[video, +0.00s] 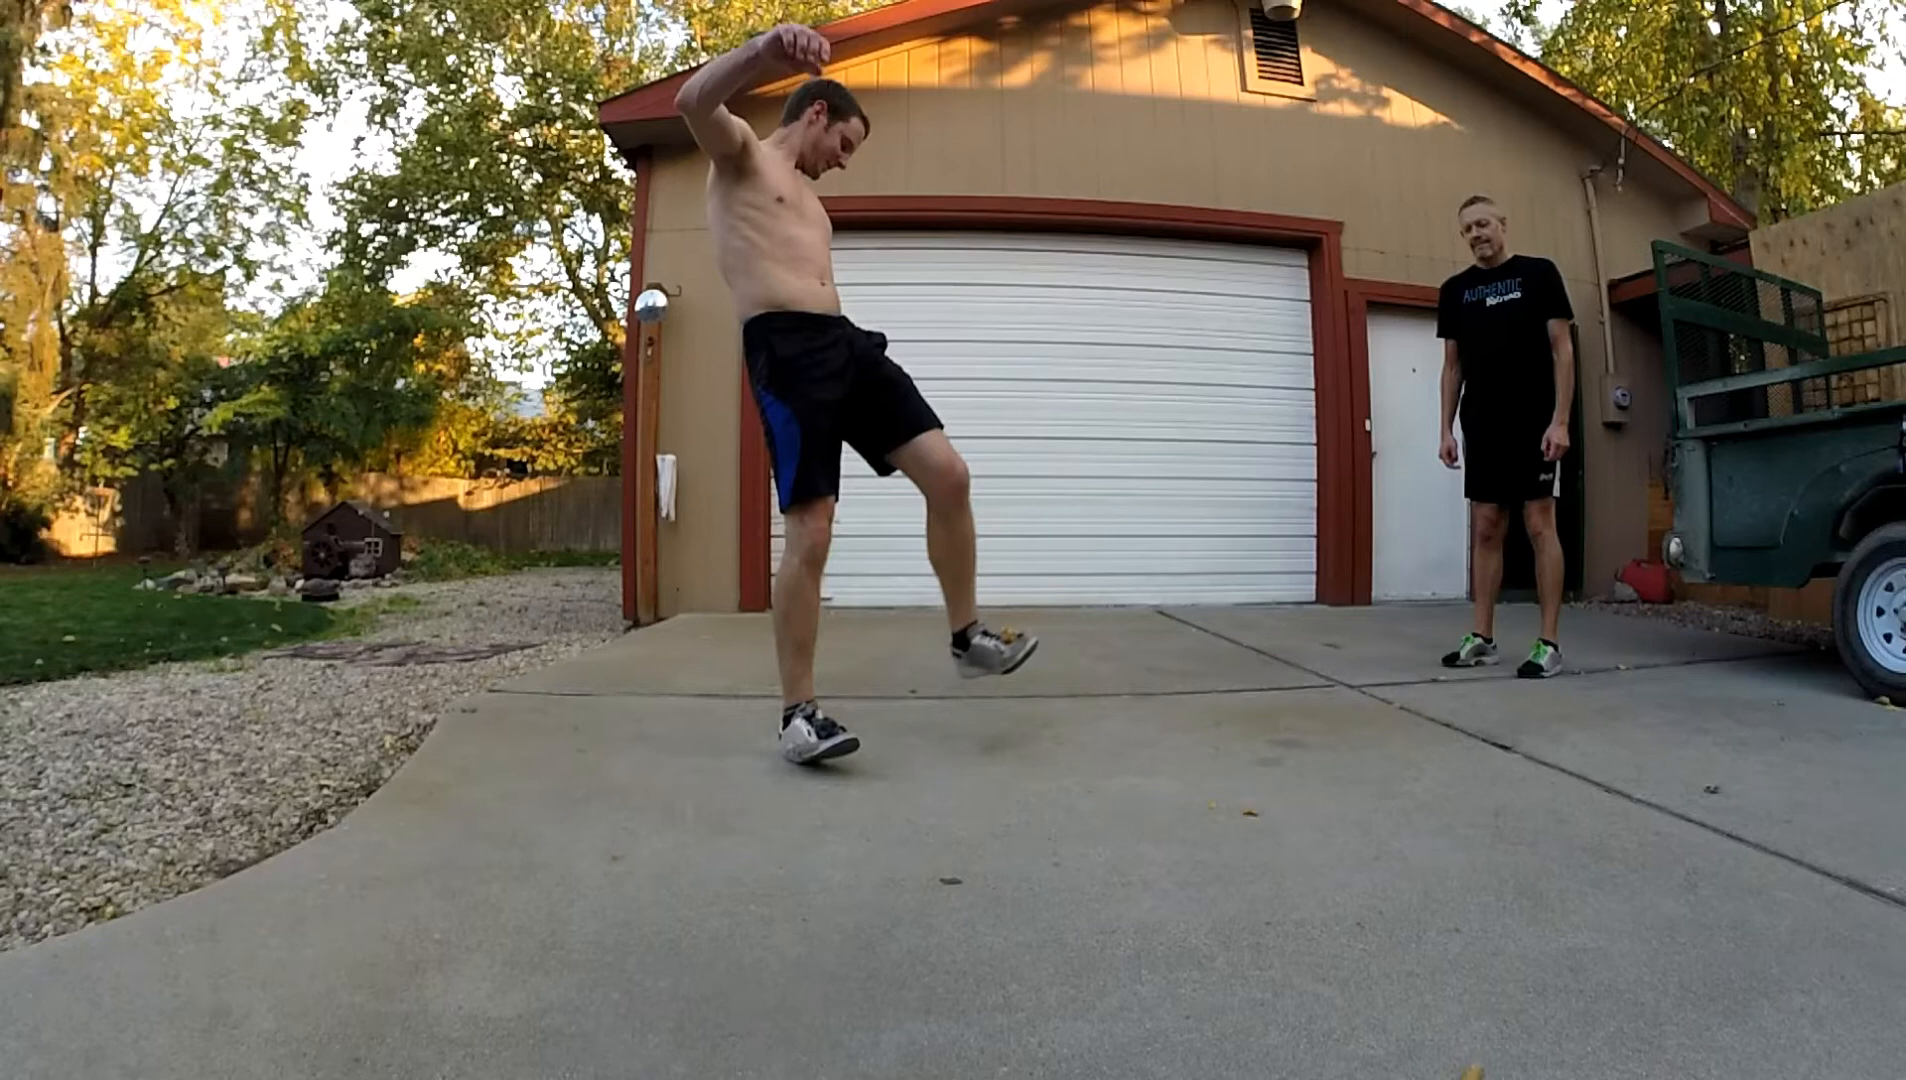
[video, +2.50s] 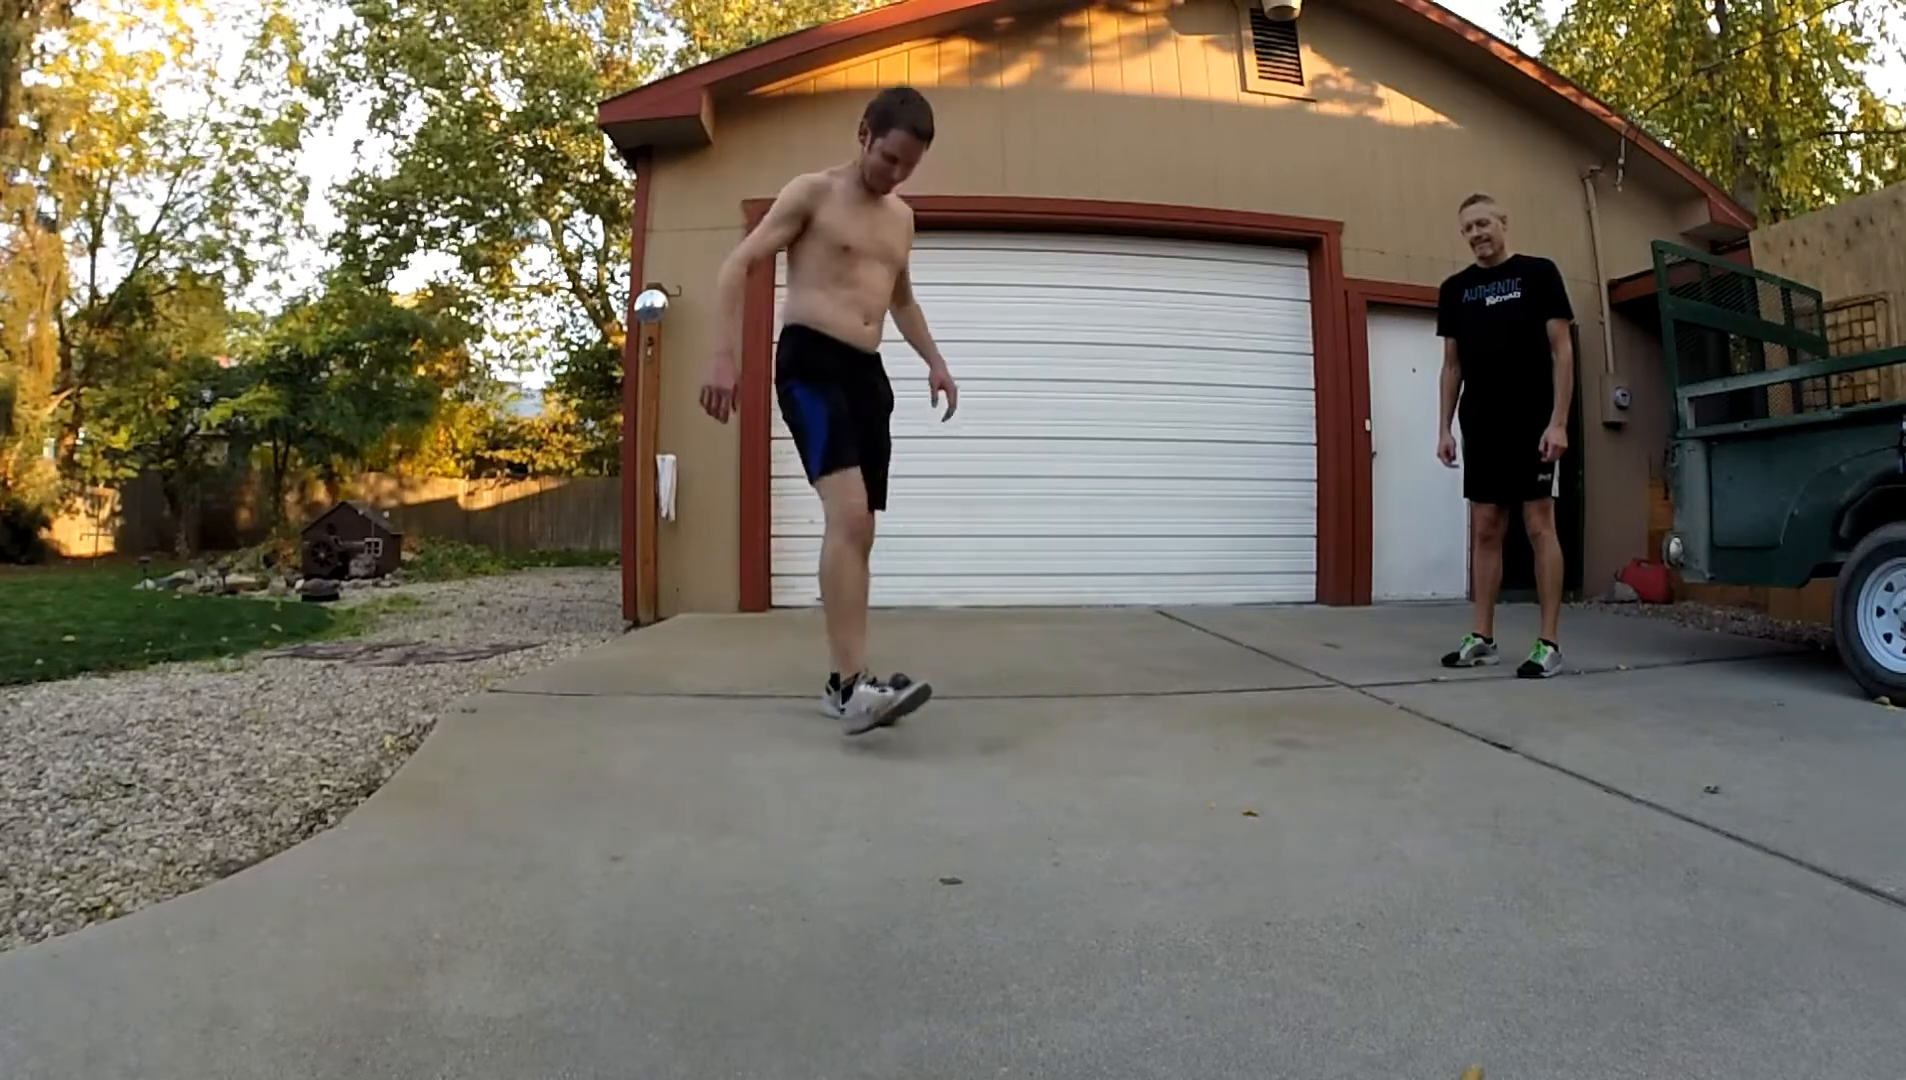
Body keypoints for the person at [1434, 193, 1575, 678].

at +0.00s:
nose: (1477, 233)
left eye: (1483, 224)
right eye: (1469, 229)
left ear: (1503, 225)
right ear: (1462, 238)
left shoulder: (1539, 273)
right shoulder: (1455, 291)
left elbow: (1563, 349)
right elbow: (1452, 364)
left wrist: (1560, 421)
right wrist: (1447, 429)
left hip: (1535, 420)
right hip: (1484, 423)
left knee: (1540, 527)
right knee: (1485, 528)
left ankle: (1549, 642)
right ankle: (1482, 636)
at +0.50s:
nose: (1477, 232)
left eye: (1483, 223)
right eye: (1469, 227)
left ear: (1503, 224)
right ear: (1462, 236)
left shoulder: (1539, 273)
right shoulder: (1455, 290)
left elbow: (1563, 350)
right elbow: (1452, 363)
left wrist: (1559, 422)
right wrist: (1447, 429)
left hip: (1535, 421)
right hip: (1483, 424)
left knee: (1539, 527)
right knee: (1485, 528)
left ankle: (1548, 642)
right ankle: (1482, 636)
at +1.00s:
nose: (1477, 232)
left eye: (1483, 223)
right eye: (1469, 227)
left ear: (1503, 224)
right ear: (1462, 236)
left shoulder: (1539, 273)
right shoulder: (1455, 290)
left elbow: (1562, 349)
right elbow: (1452, 363)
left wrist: (1559, 422)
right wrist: (1445, 428)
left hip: (1534, 420)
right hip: (1482, 423)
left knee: (1539, 527)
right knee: (1486, 528)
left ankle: (1549, 641)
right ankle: (1482, 636)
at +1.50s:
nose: (1476, 232)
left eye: (1482, 223)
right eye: (1468, 227)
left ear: (1502, 224)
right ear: (1461, 236)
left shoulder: (1539, 273)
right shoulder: (1454, 290)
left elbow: (1562, 350)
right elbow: (1452, 364)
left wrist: (1558, 422)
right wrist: (1446, 429)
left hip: (1534, 420)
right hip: (1482, 423)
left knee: (1539, 527)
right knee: (1485, 529)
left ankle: (1549, 642)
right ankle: (1482, 636)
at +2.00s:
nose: (1476, 232)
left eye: (1483, 223)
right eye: (1468, 227)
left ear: (1503, 225)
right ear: (1461, 236)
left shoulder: (1539, 273)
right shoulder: (1454, 290)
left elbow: (1562, 350)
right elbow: (1452, 364)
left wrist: (1558, 422)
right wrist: (1446, 428)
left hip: (1534, 420)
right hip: (1483, 423)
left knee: (1539, 527)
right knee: (1485, 529)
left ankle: (1549, 642)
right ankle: (1482, 636)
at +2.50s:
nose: (1477, 233)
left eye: (1483, 223)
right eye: (1469, 228)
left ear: (1503, 225)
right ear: (1462, 237)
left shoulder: (1539, 273)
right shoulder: (1455, 290)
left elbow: (1563, 351)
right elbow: (1452, 364)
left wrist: (1558, 422)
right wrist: (1445, 427)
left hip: (1534, 420)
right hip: (1482, 423)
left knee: (1539, 527)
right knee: (1485, 529)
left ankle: (1549, 642)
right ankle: (1482, 636)